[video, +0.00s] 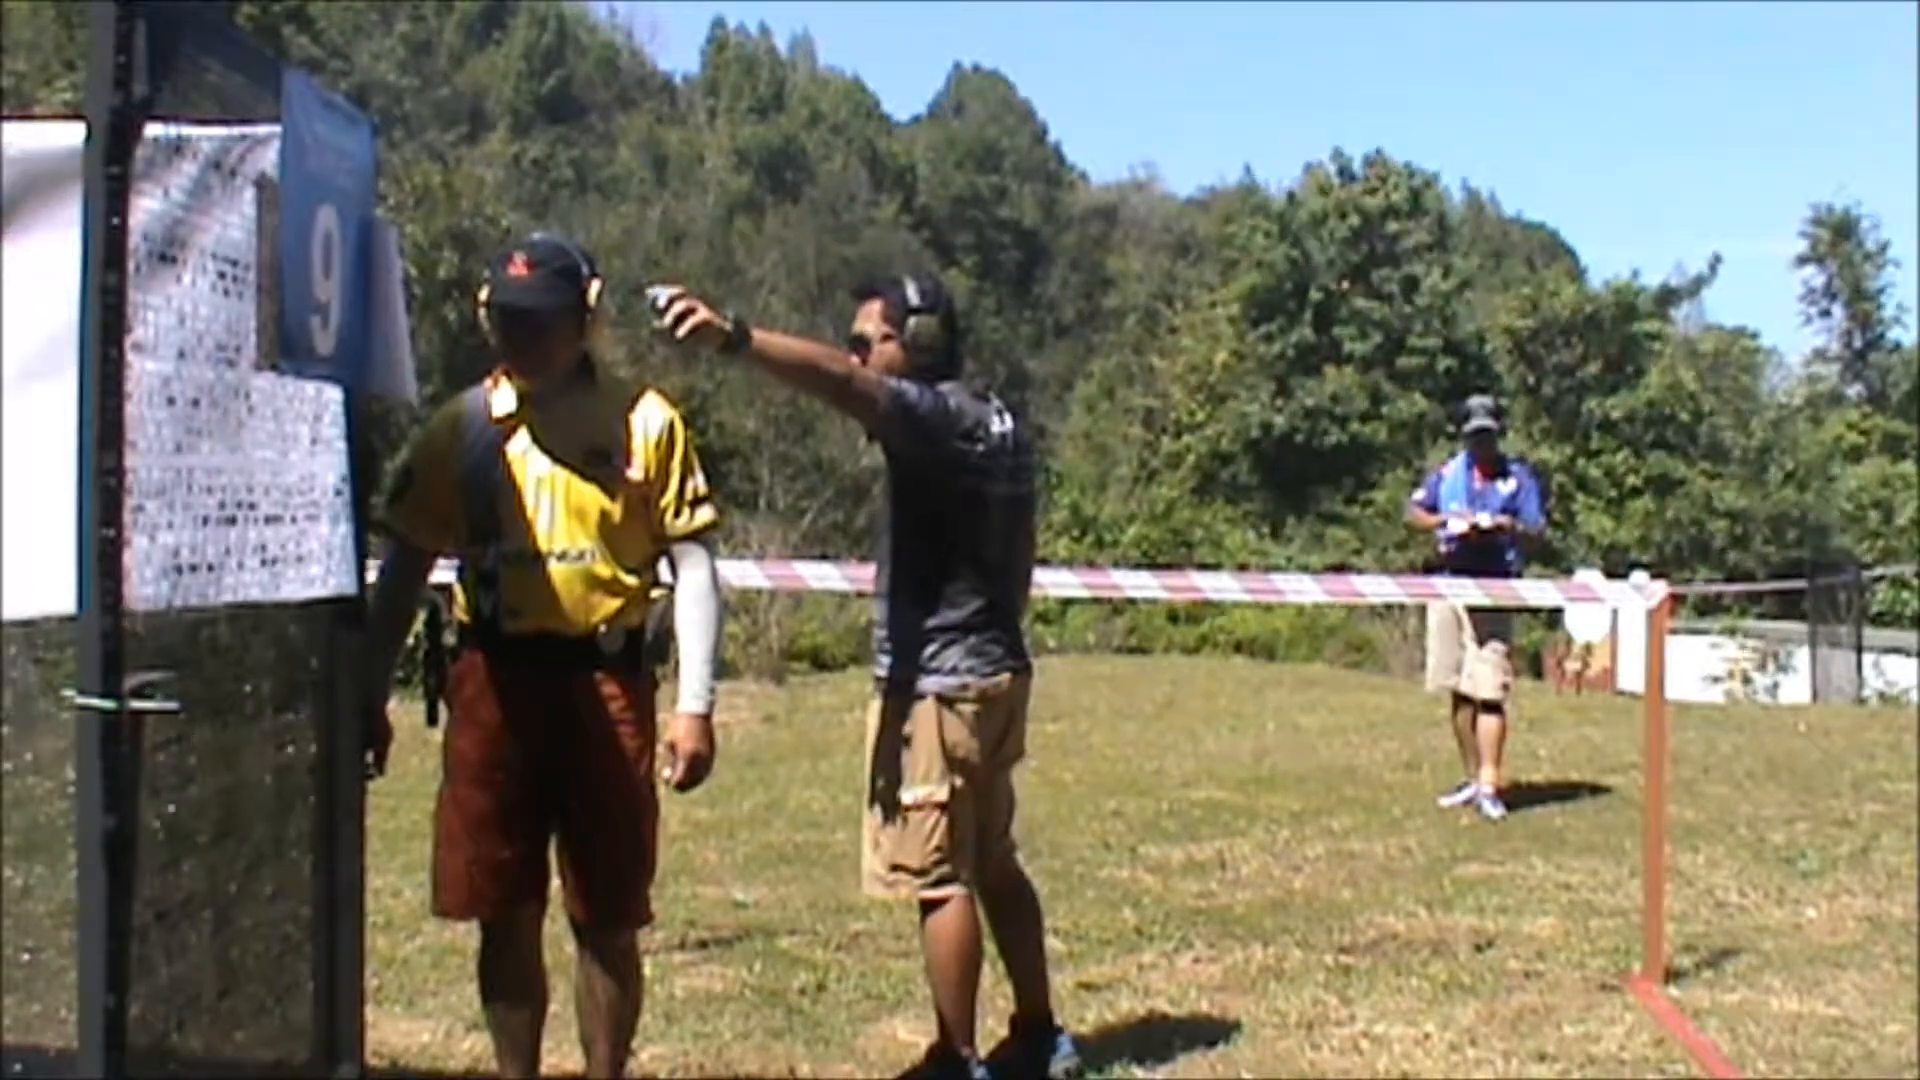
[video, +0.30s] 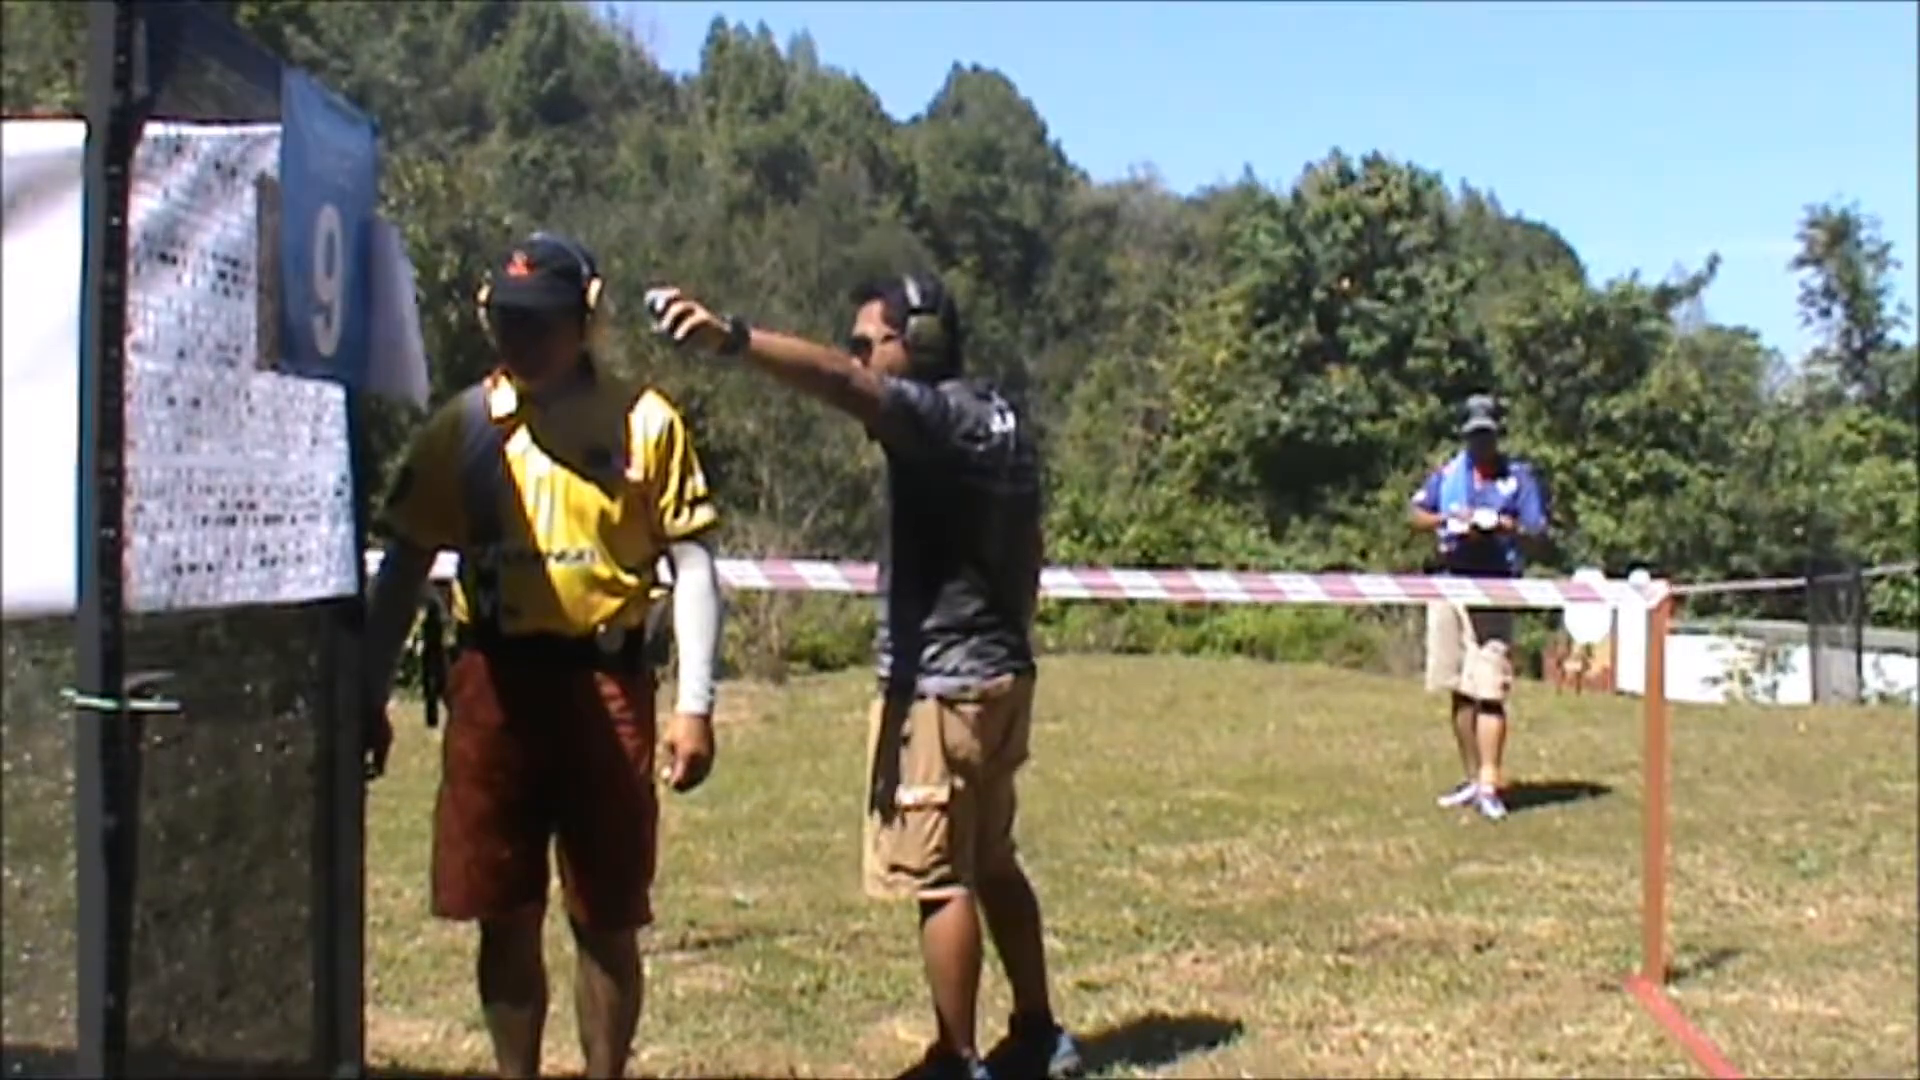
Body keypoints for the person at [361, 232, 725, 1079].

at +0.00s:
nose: (519, 338)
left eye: (539, 323)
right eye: (507, 320)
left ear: (586, 323)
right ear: (490, 317)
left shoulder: (645, 424)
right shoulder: (463, 426)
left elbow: (693, 565)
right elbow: (405, 565)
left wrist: (695, 701)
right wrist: (369, 695)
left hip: (606, 692)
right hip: (495, 693)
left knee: (607, 923)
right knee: (503, 914)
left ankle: (607, 1071)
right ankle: (517, 1072)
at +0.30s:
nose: (518, 338)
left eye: (538, 323)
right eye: (507, 320)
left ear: (585, 324)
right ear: (491, 319)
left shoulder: (646, 424)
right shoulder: (465, 425)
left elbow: (693, 565)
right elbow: (405, 564)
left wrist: (695, 701)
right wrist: (368, 694)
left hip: (606, 694)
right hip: (496, 693)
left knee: (607, 924)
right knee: (504, 917)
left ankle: (606, 1072)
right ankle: (517, 1072)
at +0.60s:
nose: (516, 339)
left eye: (536, 324)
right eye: (505, 321)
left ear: (583, 325)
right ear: (489, 319)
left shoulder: (645, 424)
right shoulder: (465, 426)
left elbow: (692, 565)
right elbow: (405, 564)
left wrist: (694, 701)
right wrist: (369, 695)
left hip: (605, 694)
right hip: (495, 694)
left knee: (606, 925)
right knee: (503, 918)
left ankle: (606, 1072)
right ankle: (517, 1072)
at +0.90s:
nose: (517, 339)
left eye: (537, 324)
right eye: (507, 321)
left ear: (585, 327)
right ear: (491, 319)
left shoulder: (646, 424)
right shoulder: (466, 425)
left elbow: (693, 565)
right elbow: (406, 565)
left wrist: (696, 701)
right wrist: (370, 696)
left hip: (606, 692)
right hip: (495, 692)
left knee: (606, 924)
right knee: (503, 915)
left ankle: (605, 1071)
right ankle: (517, 1072)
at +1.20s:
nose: (527, 359)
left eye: (547, 342)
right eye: (517, 341)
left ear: (595, 336)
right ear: (497, 334)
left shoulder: (651, 430)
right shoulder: (472, 430)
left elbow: (714, 568)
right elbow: (404, 565)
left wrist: (740, 705)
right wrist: (360, 694)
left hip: (616, 689)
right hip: (502, 689)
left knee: (620, 920)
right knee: (505, 913)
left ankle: (614, 1071)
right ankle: (514, 1071)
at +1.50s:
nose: (594, 453)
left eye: (610, 435)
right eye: (575, 437)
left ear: (638, 411)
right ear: (545, 413)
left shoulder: (685, 481)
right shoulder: (495, 455)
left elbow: (766, 594)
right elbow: (455, 522)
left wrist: (818, 723)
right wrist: (479, 649)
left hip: (664, 714)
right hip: (541, 712)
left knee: (757, 909)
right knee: (491, 928)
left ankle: (789, 1048)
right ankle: (503, 1071)